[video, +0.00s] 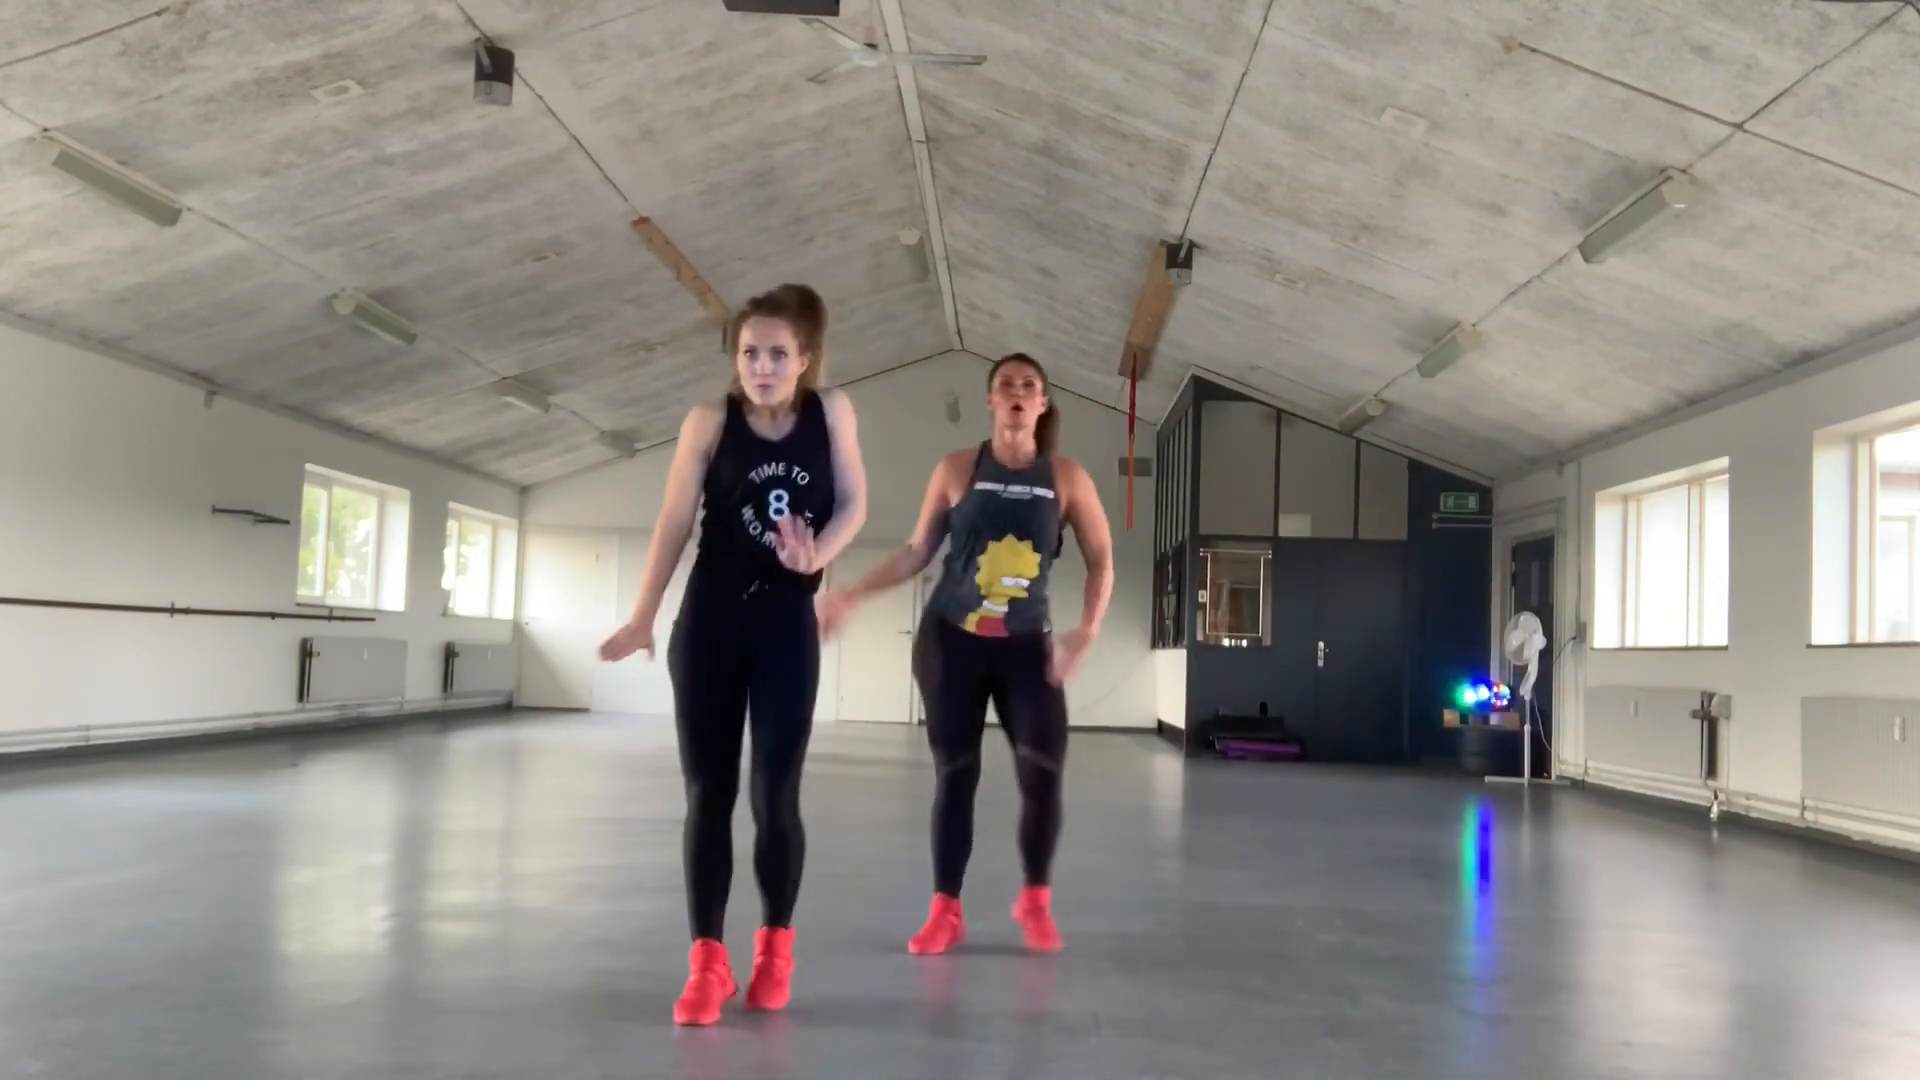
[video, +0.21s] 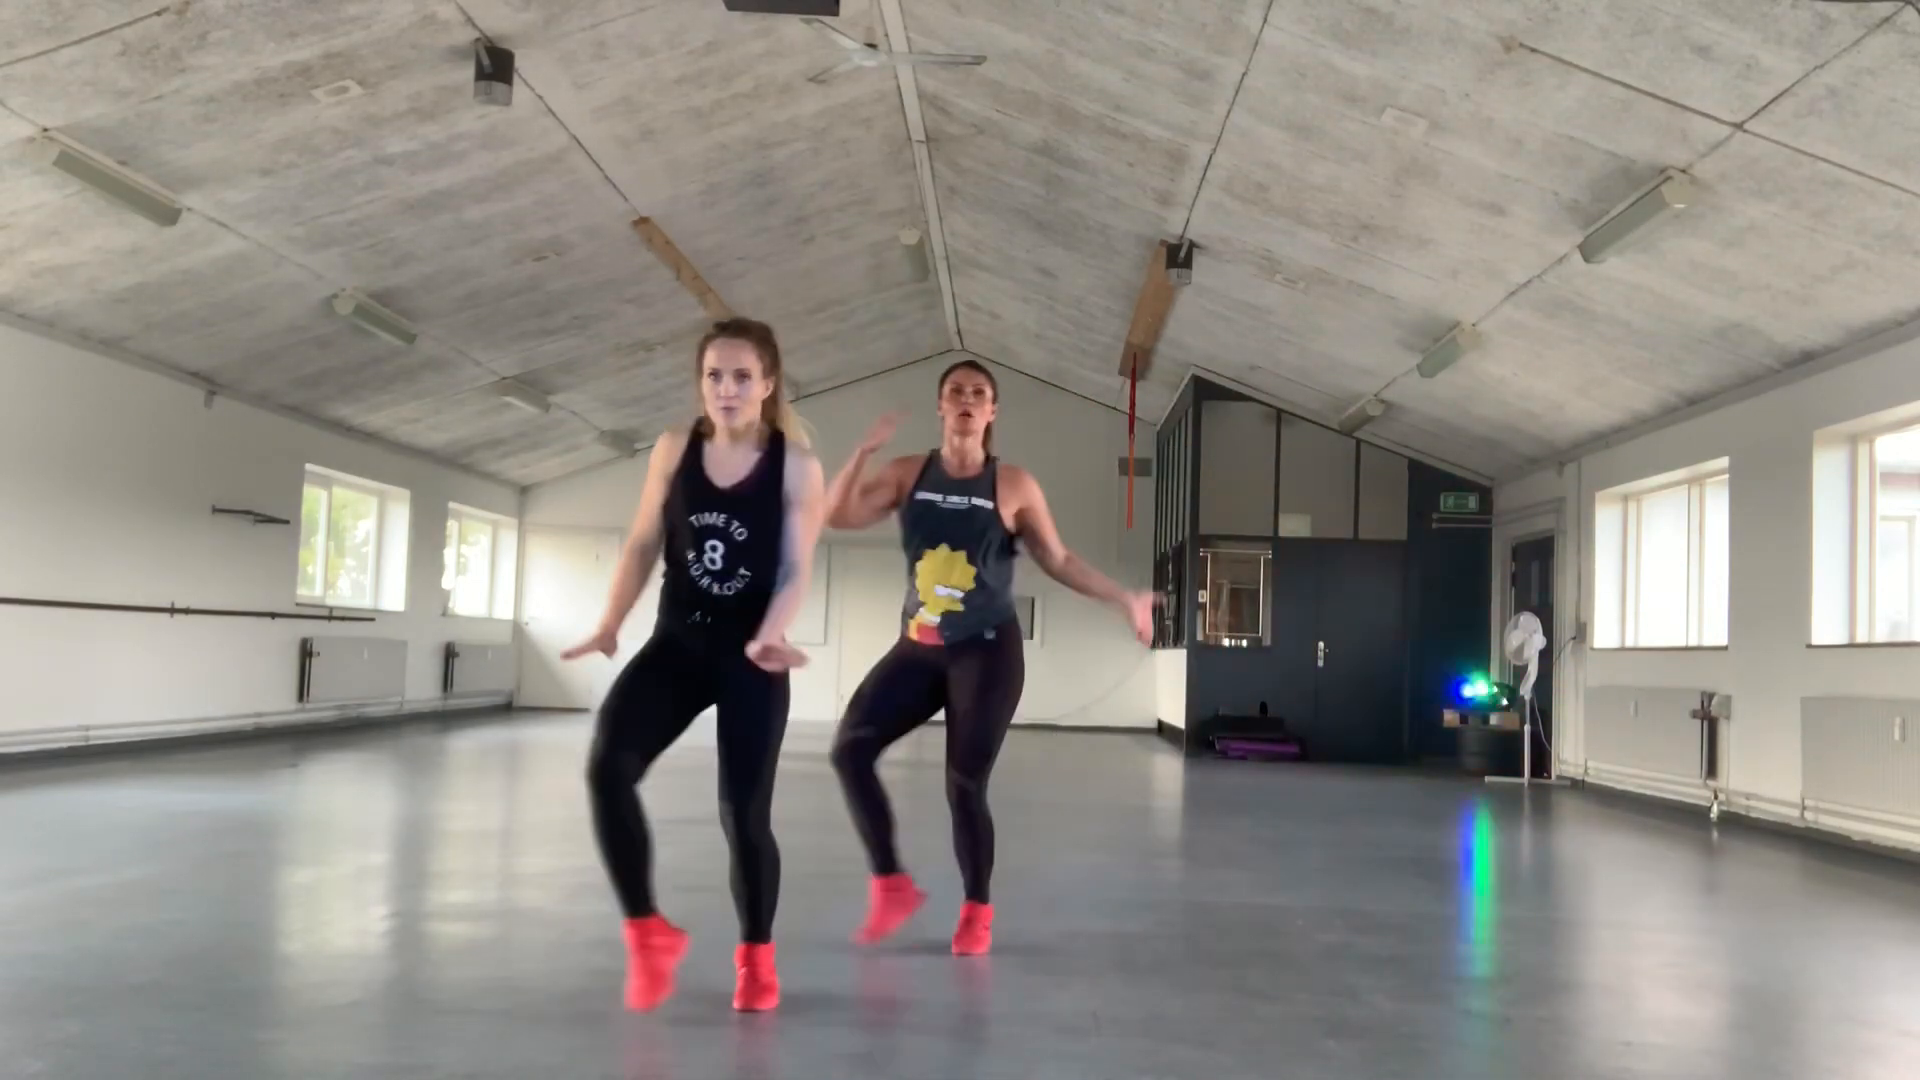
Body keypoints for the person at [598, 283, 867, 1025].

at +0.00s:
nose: (763, 365)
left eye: (778, 352)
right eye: (752, 351)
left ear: (807, 358)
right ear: (735, 356)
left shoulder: (830, 413)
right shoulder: (708, 422)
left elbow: (854, 505)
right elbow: (674, 522)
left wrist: (820, 553)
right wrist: (641, 618)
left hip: (788, 630)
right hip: (710, 627)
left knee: (774, 796)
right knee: (709, 796)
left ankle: (775, 944)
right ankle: (707, 955)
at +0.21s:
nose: (727, 388)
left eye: (742, 375)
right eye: (715, 375)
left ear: (769, 385)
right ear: (699, 384)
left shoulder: (797, 467)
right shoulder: (673, 452)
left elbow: (796, 569)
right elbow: (643, 544)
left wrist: (771, 632)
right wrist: (609, 624)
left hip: (755, 657)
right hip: (678, 649)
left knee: (744, 812)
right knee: (608, 768)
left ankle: (756, 954)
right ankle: (646, 931)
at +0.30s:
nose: (705, 380)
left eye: (721, 368)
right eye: (694, 366)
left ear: (748, 376)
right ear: (679, 370)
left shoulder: (771, 452)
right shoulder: (645, 427)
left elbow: (768, 549)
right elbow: (593, 496)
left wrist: (736, 575)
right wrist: (565, 579)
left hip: (736, 644)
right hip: (656, 640)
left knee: (756, 798)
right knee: (570, 772)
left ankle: (762, 943)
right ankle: (570, 924)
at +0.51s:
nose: (651, 389)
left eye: (668, 376)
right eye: (640, 374)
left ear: (699, 385)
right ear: (626, 379)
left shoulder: (709, 451)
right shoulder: (604, 428)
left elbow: (664, 541)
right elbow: (525, 428)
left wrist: (589, 605)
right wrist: (445, 453)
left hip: (672, 657)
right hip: (590, 651)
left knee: (746, 804)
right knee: (548, 806)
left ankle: (791, 958)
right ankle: (517, 956)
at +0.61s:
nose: (636, 394)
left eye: (653, 383)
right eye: (625, 381)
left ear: (680, 391)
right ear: (611, 386)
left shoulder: (691, 448)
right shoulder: (599, 457)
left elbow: (693, 551)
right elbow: (524, 493)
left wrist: (671, 648)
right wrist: (462, 451)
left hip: (652, 654)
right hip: (574, 650)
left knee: (724, 813)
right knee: (531, 805)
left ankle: (785, 962)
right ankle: (513, 957)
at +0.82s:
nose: (654, 374)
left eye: (670, 363)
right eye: (643, 361)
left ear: (695, 380)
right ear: (626, 375)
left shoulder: (717, 438)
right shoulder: (603, 456)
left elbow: (825, 457)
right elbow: (602, 556)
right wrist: (571, 481)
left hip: (691, 658)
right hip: (621, 652)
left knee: (724, 811)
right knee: (542, 794)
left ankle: (776, 965)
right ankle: (520, 954)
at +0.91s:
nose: (667, 366)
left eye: (683, 358)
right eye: (656, 356)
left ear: (708, 381)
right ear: (638, 375)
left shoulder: (727, 450)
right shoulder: (610, 442)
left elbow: (836, 442)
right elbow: (575, 539)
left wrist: (934, 432)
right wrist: (618, 501)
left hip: (716, 654)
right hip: (641, 660)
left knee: (741, 803)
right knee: (545, 791)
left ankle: (780, 965)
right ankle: (528, 956)